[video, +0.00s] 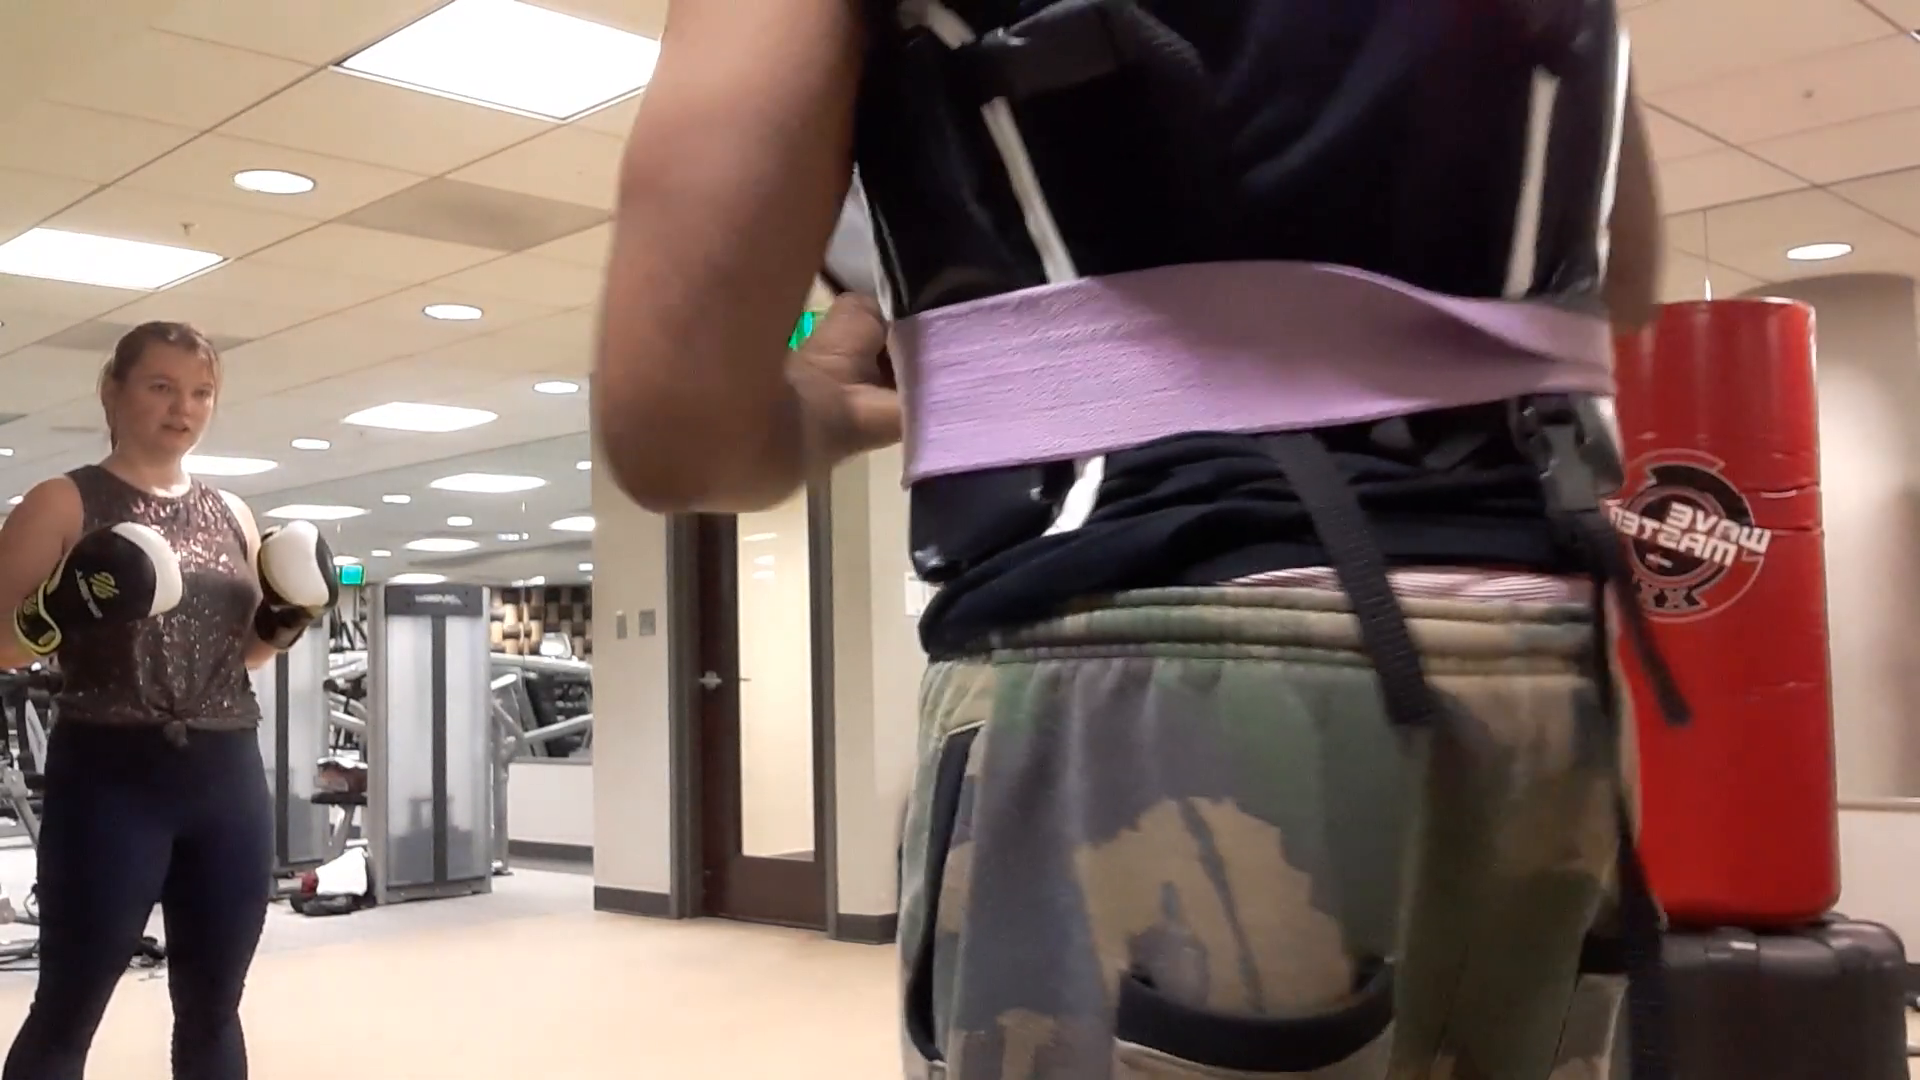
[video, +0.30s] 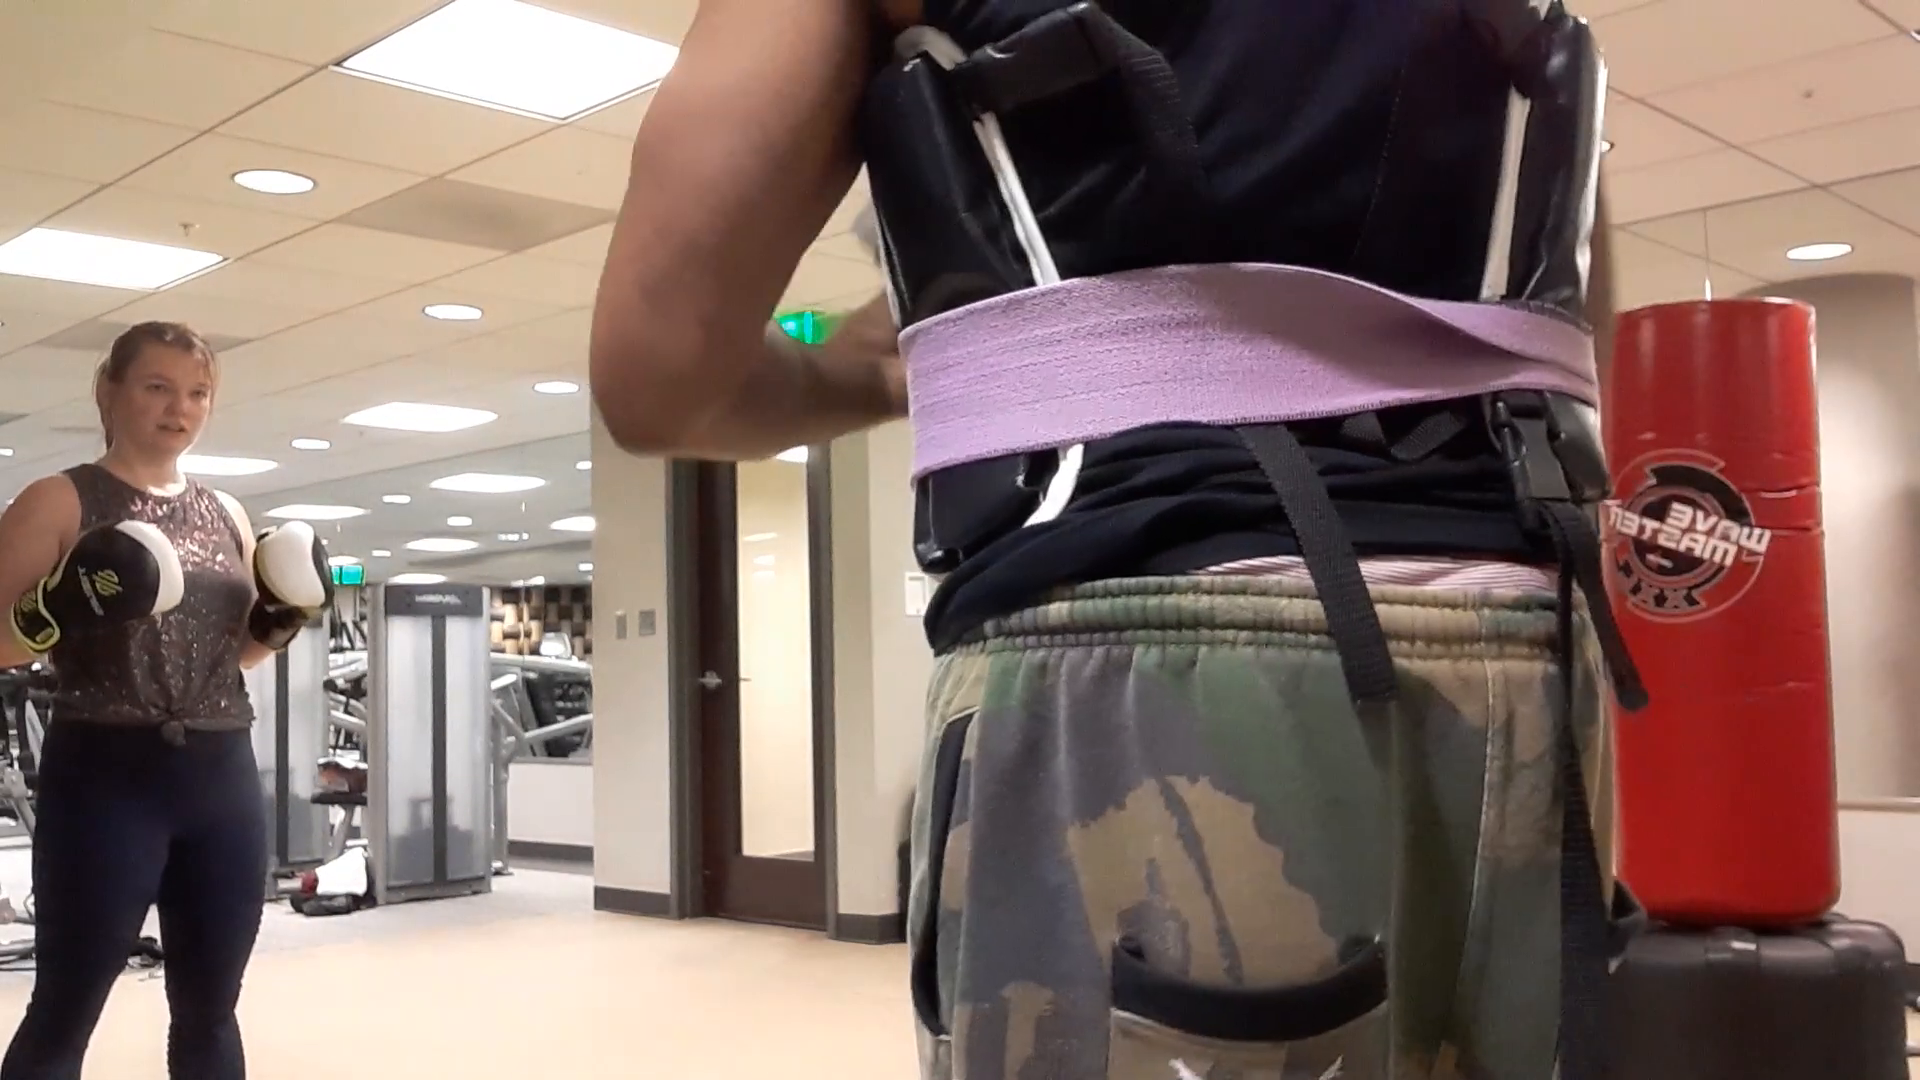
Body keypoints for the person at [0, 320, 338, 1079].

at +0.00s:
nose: (184, 407)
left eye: (201, 392)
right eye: (162, 386)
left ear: (214, 406)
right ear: (112, 394)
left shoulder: (232, 514)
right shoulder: (65, 503)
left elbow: (241, 658)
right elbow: (6, 649)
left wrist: (288, 613)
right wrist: (64, 605)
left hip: (229, 781)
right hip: (107, 781)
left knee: (214, 1013)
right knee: (67, 1013)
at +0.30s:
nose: (181, 408)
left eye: (197, 393)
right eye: (158, 387)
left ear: (210, 407)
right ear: (108, 393)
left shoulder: (226, 515)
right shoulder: (60, 502)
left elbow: (233, 659)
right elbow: (1, 648)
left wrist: (284, 613)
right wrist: (60, 606)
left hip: (224, 780)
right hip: (103, 780)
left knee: (211, 1013)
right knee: (65, 1011)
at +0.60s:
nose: (179, 408)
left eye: (195, 393)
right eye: (157, 387)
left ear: (207, 407)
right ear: (106, 393)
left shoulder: (224, 516)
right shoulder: (55, 501)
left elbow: (224, 660)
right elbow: (3, 644)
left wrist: (280, 614)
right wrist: (59, 606)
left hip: (219, 777)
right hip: (98, 777)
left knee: (208, 1013)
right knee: (62, 1012)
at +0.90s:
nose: (179, 408)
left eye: (194, 394)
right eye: (157, 388)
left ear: (206, 407)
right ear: (104, 394)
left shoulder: (223, 518)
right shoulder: (55, 503)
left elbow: (221, 661)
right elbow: (2, 646)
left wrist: (278, 616)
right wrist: (62, 608)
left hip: (218, 778)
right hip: (97, 778)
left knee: (208, 1011)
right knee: (63, 1008)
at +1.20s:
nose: (180, 409)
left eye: (195, 395)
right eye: (159, 388)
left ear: (206, 408)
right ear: (105, 394)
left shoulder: (221, 518)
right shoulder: (53, 504)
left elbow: (225, 659)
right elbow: (3, 647)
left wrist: (279, 614)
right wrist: (60, 609)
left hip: (217, 776)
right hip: (96, 777)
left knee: (208, 1011)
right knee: (62, 1011)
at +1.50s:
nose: (182, 409)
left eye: (197, 395)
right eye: (160, 388)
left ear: (207, 408)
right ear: (105, 392)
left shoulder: (221, 518)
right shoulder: (53, 503)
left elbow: (220, 660)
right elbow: (4, 646)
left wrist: (277, 617)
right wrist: (62, 609)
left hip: (216, 777)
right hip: (95, 777)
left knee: (207, 1010)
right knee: (61, 1011)